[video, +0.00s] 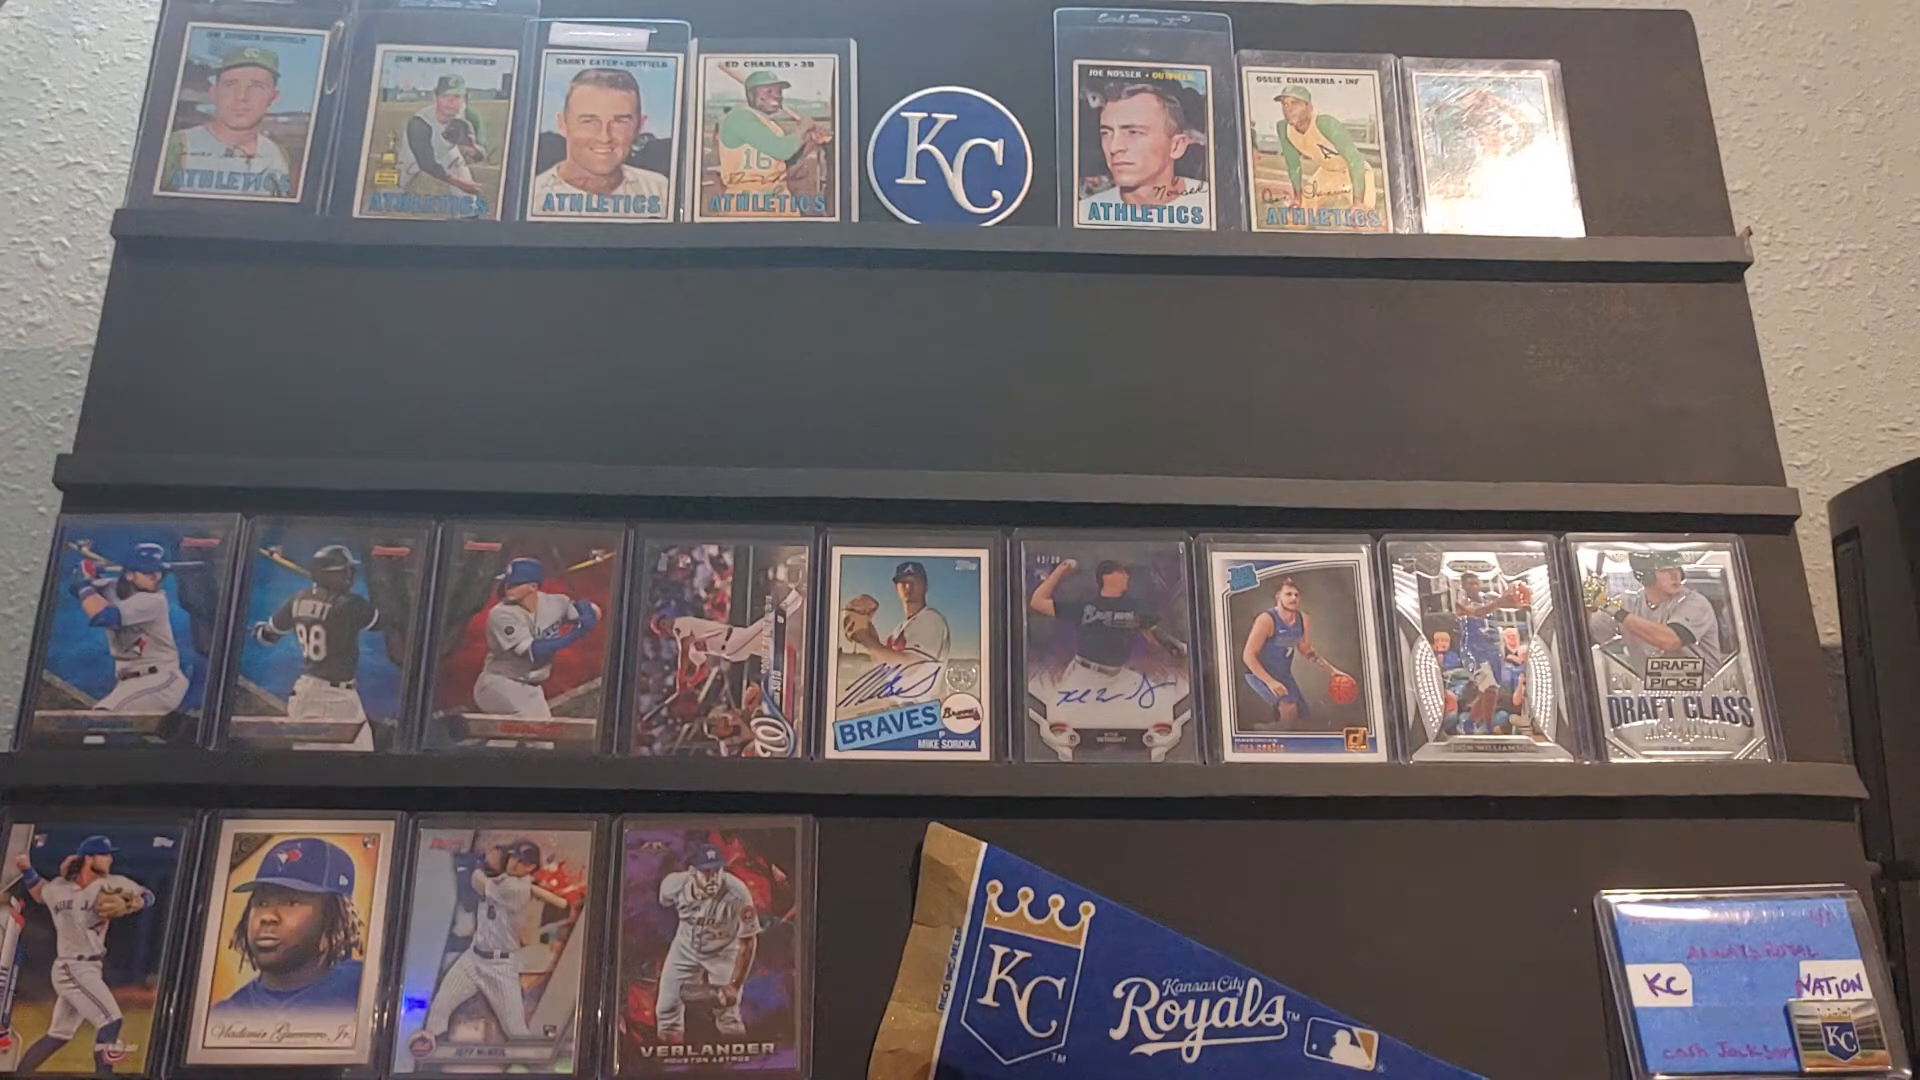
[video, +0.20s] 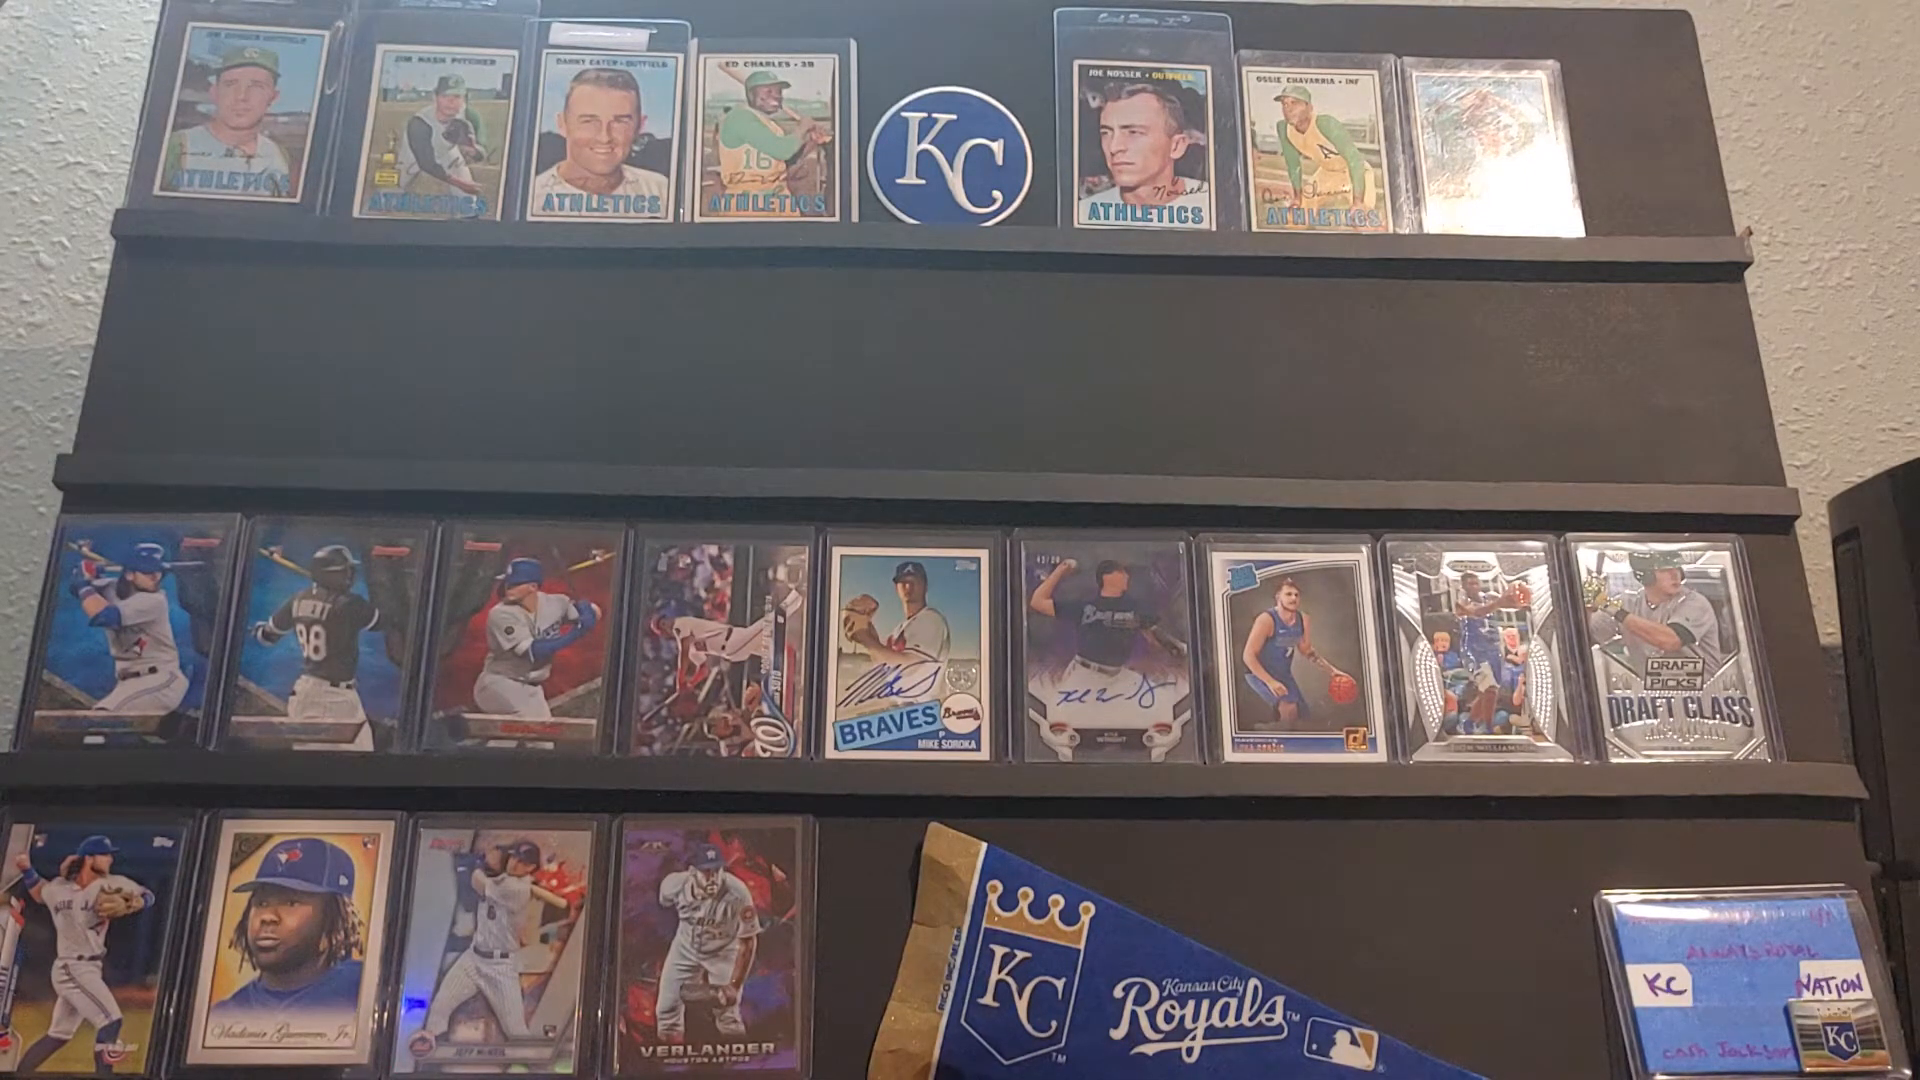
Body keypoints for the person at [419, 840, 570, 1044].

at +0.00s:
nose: (515, 863)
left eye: (522, 861)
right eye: (514, 858)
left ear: (531, 868)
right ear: (509, 858)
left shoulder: (519, 889)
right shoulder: (500, 879)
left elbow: (477, 881)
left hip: (502, 966)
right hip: (473, 959)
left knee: (514, 1029)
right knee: (440, 1004)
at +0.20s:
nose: (514, 863)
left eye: (521, 861)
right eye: (514, 858)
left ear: (531, 868)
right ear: (509, 858)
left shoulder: (519, 889)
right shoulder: (500, 879)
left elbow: (477, 881)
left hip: (502, 966)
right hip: (473, 959)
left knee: (515, 1029)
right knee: (440, 1004)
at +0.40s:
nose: (515, 863)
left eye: (521, 861)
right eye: (514, 858)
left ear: (531, 868)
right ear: (509, 858)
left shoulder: (519, 889)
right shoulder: (499, 879)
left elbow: (477, 881)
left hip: (502, 966)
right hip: (473, 958)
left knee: (515, 1029)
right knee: (440, 1005)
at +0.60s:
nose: (514, 863)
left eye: (521, 861)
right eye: (513, 858)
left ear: (531, 868)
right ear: (508, 858)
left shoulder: (519, 889)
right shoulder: (499, 879)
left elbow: (477, 881)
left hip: (502, 965)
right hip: (473, 958)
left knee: (515, 1029)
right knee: (440, 1004)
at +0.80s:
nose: (514, 863)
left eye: (520, 861)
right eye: (513, 858)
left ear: (531, 868)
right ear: (509, 858)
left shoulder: (519, 890)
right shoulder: (499, 879)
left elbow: (477, 881)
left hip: (502, 966)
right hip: (473, 958)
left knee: (515, 1029)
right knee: (440, 1004)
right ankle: (426, 1063)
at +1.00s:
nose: (515, 864)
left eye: (522, 862)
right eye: (514, 858)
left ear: (531, 869)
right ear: (509, 858)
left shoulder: (518, 889)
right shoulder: (500, 879)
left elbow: (477, 881)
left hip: (501, 966)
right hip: (472, 958)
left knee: (515, 1030)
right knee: (440, 1005)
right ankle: (424, 1065)